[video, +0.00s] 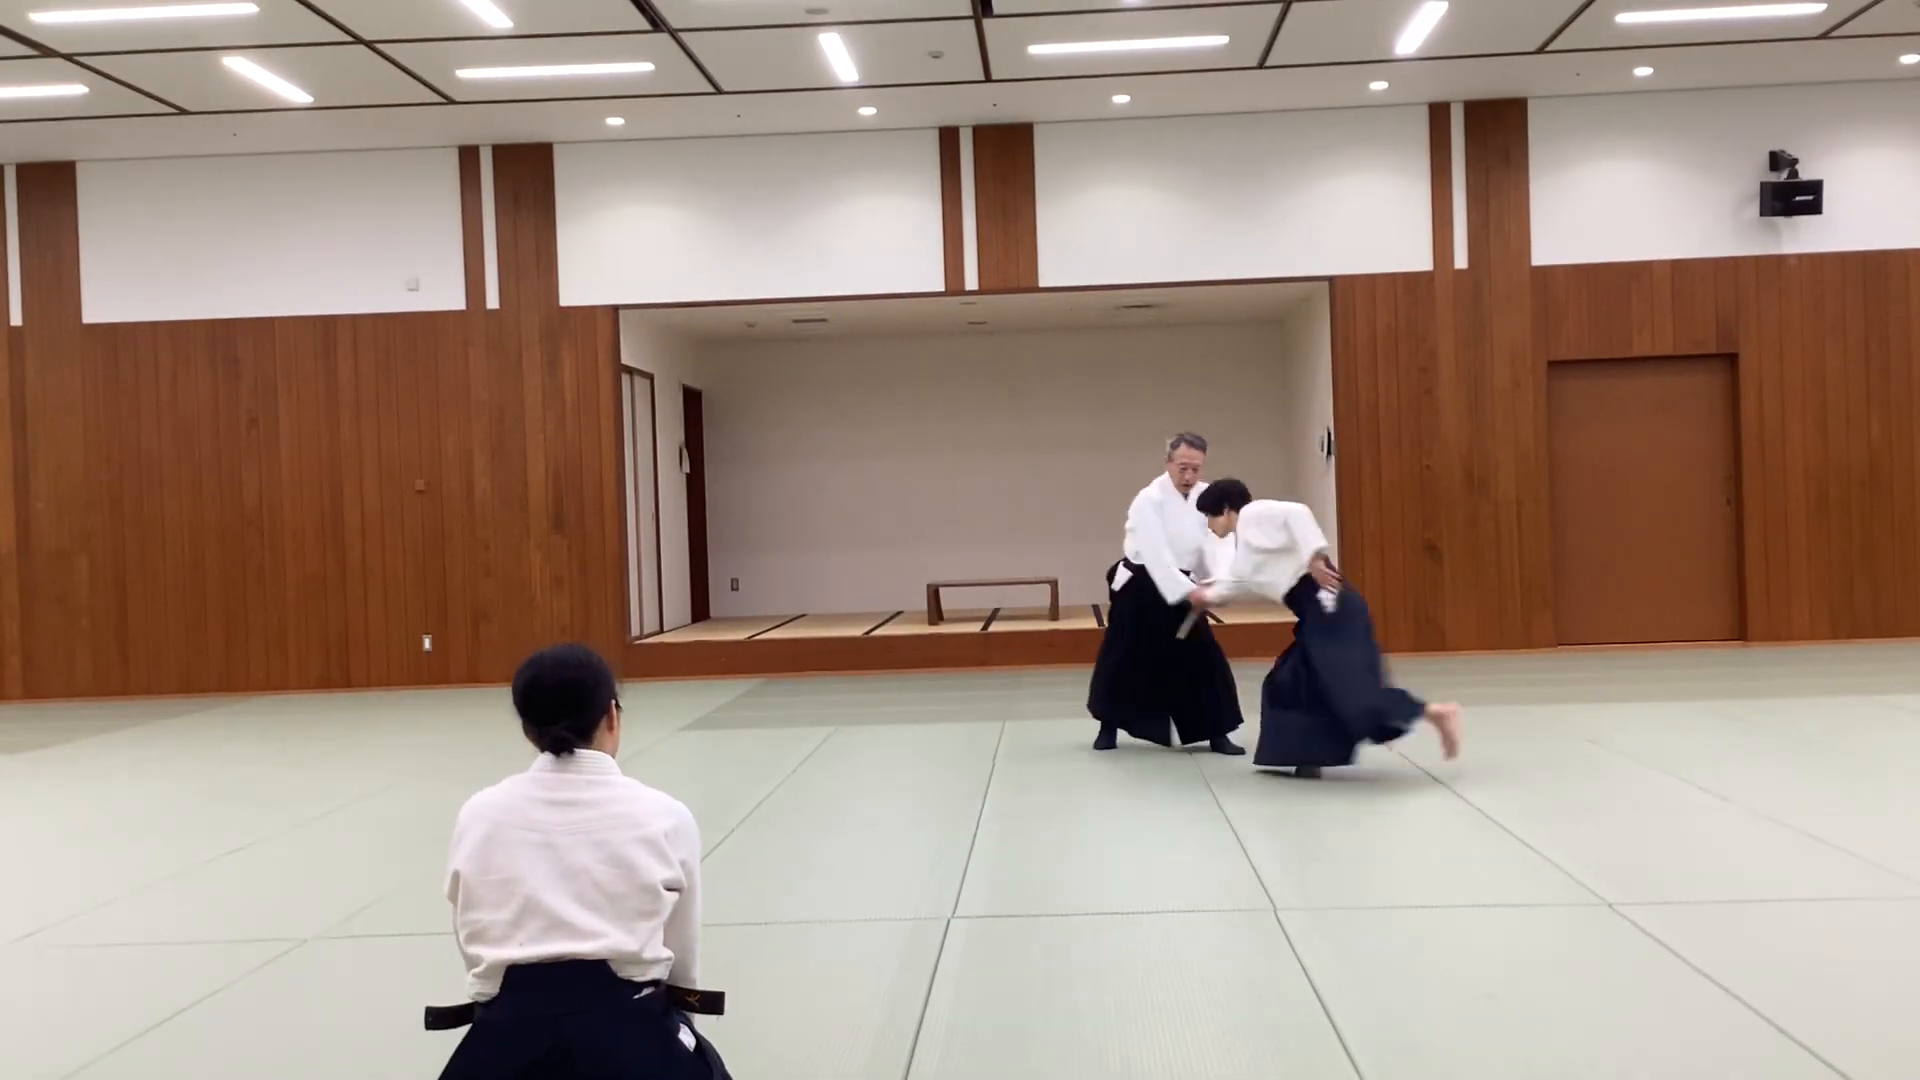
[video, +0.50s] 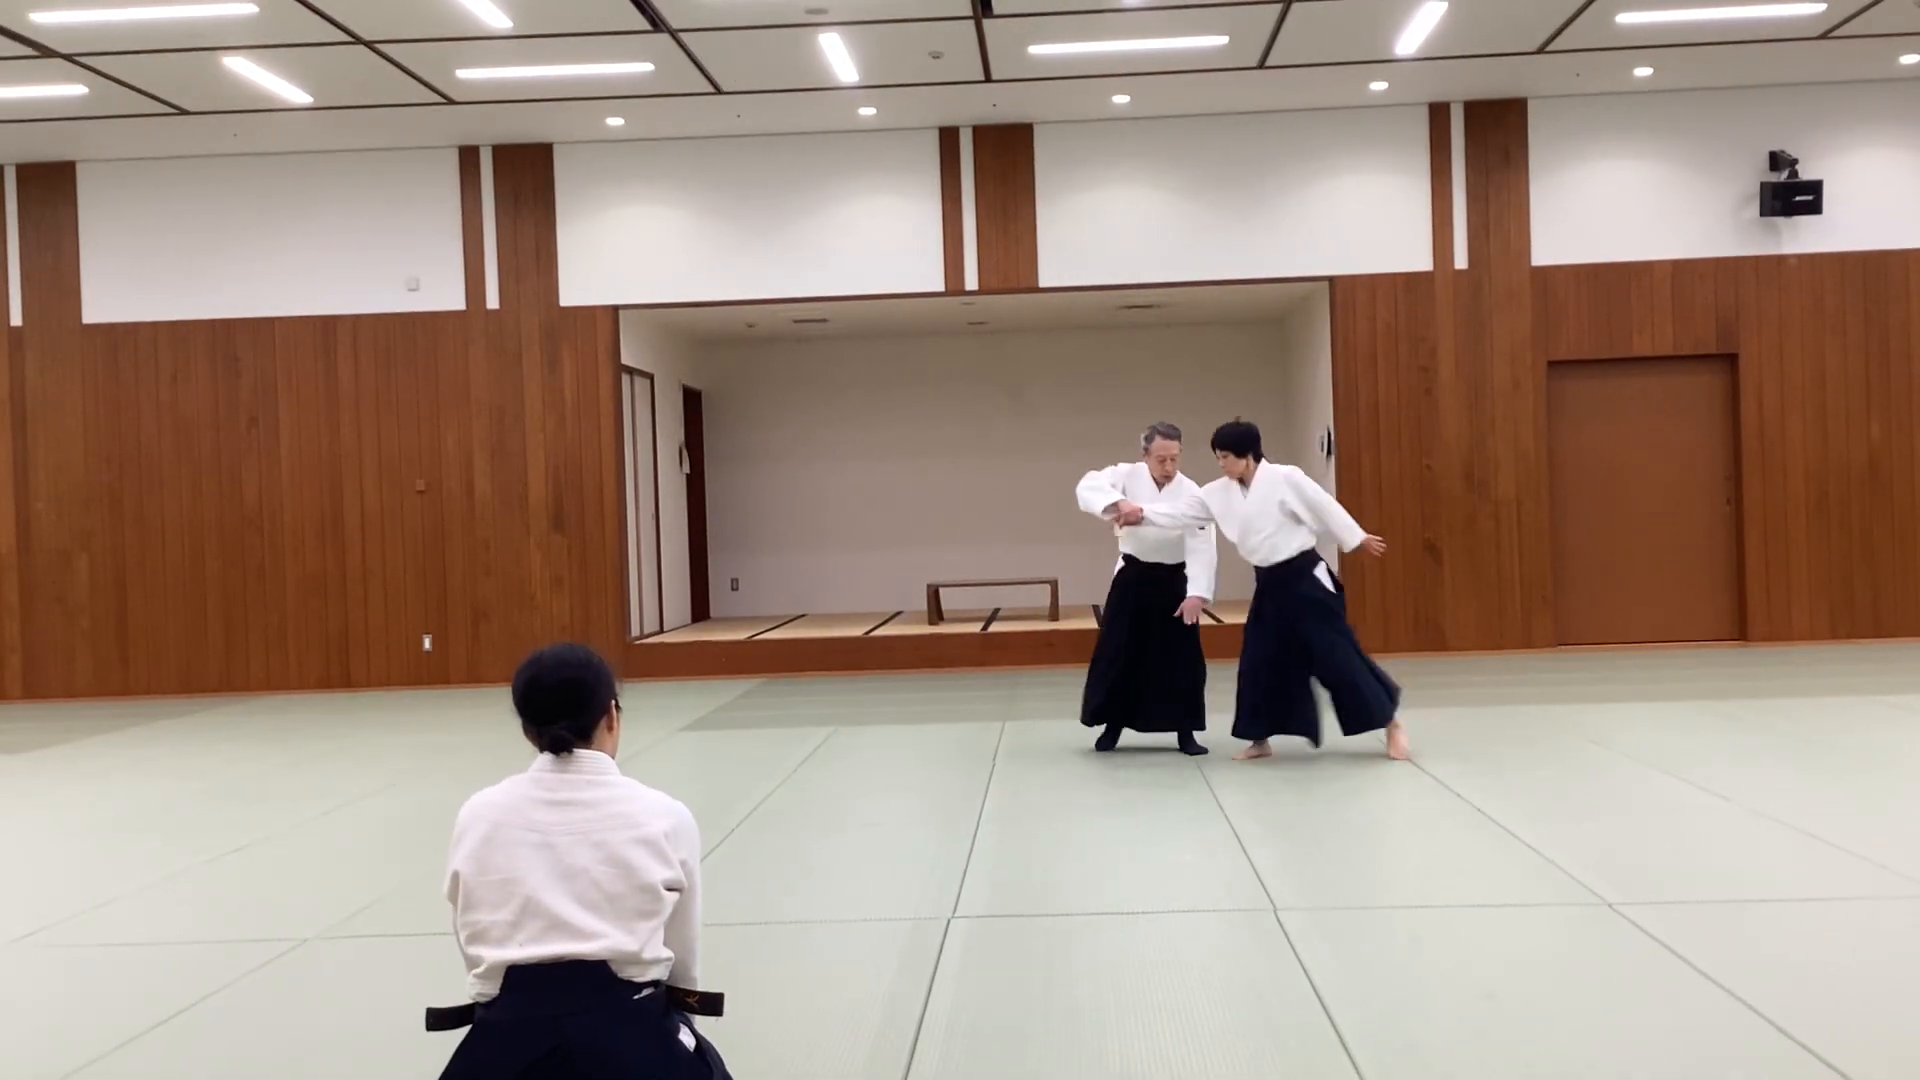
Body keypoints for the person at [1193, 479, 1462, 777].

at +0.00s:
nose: (1209, 526)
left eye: (1210, 517)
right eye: (1207, 519)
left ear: (1226, 510)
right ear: (1227, 512)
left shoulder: (1252, 513)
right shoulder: (1242, 547)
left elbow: (1297, 512)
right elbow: (1237, 583)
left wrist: (1314, 557)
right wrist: (1208, 595)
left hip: (1327, 601)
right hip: (1313, 613)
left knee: (1354, 695)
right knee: (1286, 683)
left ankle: (1435, 714)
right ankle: (1307, 762)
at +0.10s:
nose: (1216, 513)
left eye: (1218, 506)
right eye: (1215, 507)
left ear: (1234, 501)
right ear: (1234, 504)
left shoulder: (1273, 509)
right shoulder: (1236, 544)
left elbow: (1327, 508)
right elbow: (1209, 565)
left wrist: (1350, 557)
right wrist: (1172, 571)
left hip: (1337, 592)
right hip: (1314, 608)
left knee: (1381, 657)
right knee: (1302, 673)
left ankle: (1434, 710)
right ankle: (1322, 755)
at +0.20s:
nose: (1228, 500)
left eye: (1233, 493)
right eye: (1228, 493)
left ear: (1255, 492)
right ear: (1245, 493)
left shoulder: (1297, 507)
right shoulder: (1239, 526)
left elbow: (1352, 513)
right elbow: (1203, 540)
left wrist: (1386, 552)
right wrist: (1161, 540)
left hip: (1349, 594)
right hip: (1311, 605)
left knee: (1378, 664)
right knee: (1286, 671)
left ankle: (1407, 736)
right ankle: (1332, 740)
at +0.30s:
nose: (1237, 483)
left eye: (1241, 476)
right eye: (1236, 477)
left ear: (1263, 476)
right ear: (1249, 479)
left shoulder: (1307, 497)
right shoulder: (1243, 511)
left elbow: (1356, 517)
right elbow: (1200, 524)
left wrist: (1401, 544)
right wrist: (1157, 524)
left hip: (1338, 591)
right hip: (1296, 598)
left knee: (1370, 662)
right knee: (1272, 665)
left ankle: (1414, 728)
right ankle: (1316, 721)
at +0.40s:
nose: (1226, 470)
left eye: (1231, 463)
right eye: (1225, 463)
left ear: (1254, 462)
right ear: (1237, 464)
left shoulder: (1296, 482)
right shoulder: (1229, 498)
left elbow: (1339, 508)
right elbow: (1189, 518)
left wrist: (1379, 537)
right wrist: (1146, 522)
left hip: (1321, 583)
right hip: (1280, 589)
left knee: (1356, 656)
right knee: (1261, 665)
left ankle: (1406, 727)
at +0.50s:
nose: (1222, 464)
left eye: (1227, 458)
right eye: (1219, 458)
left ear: (1248, 455)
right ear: (1220, 460)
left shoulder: (1286, 479)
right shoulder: (1218, 492)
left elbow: (1324, 506)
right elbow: (1180, 510)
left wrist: (1356, 536)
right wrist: (1142, 513)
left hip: (1306, 578)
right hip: (1268, 584)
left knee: (1337, 655)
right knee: (1257, 660)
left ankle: (1391, 723)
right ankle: (1260, 742)